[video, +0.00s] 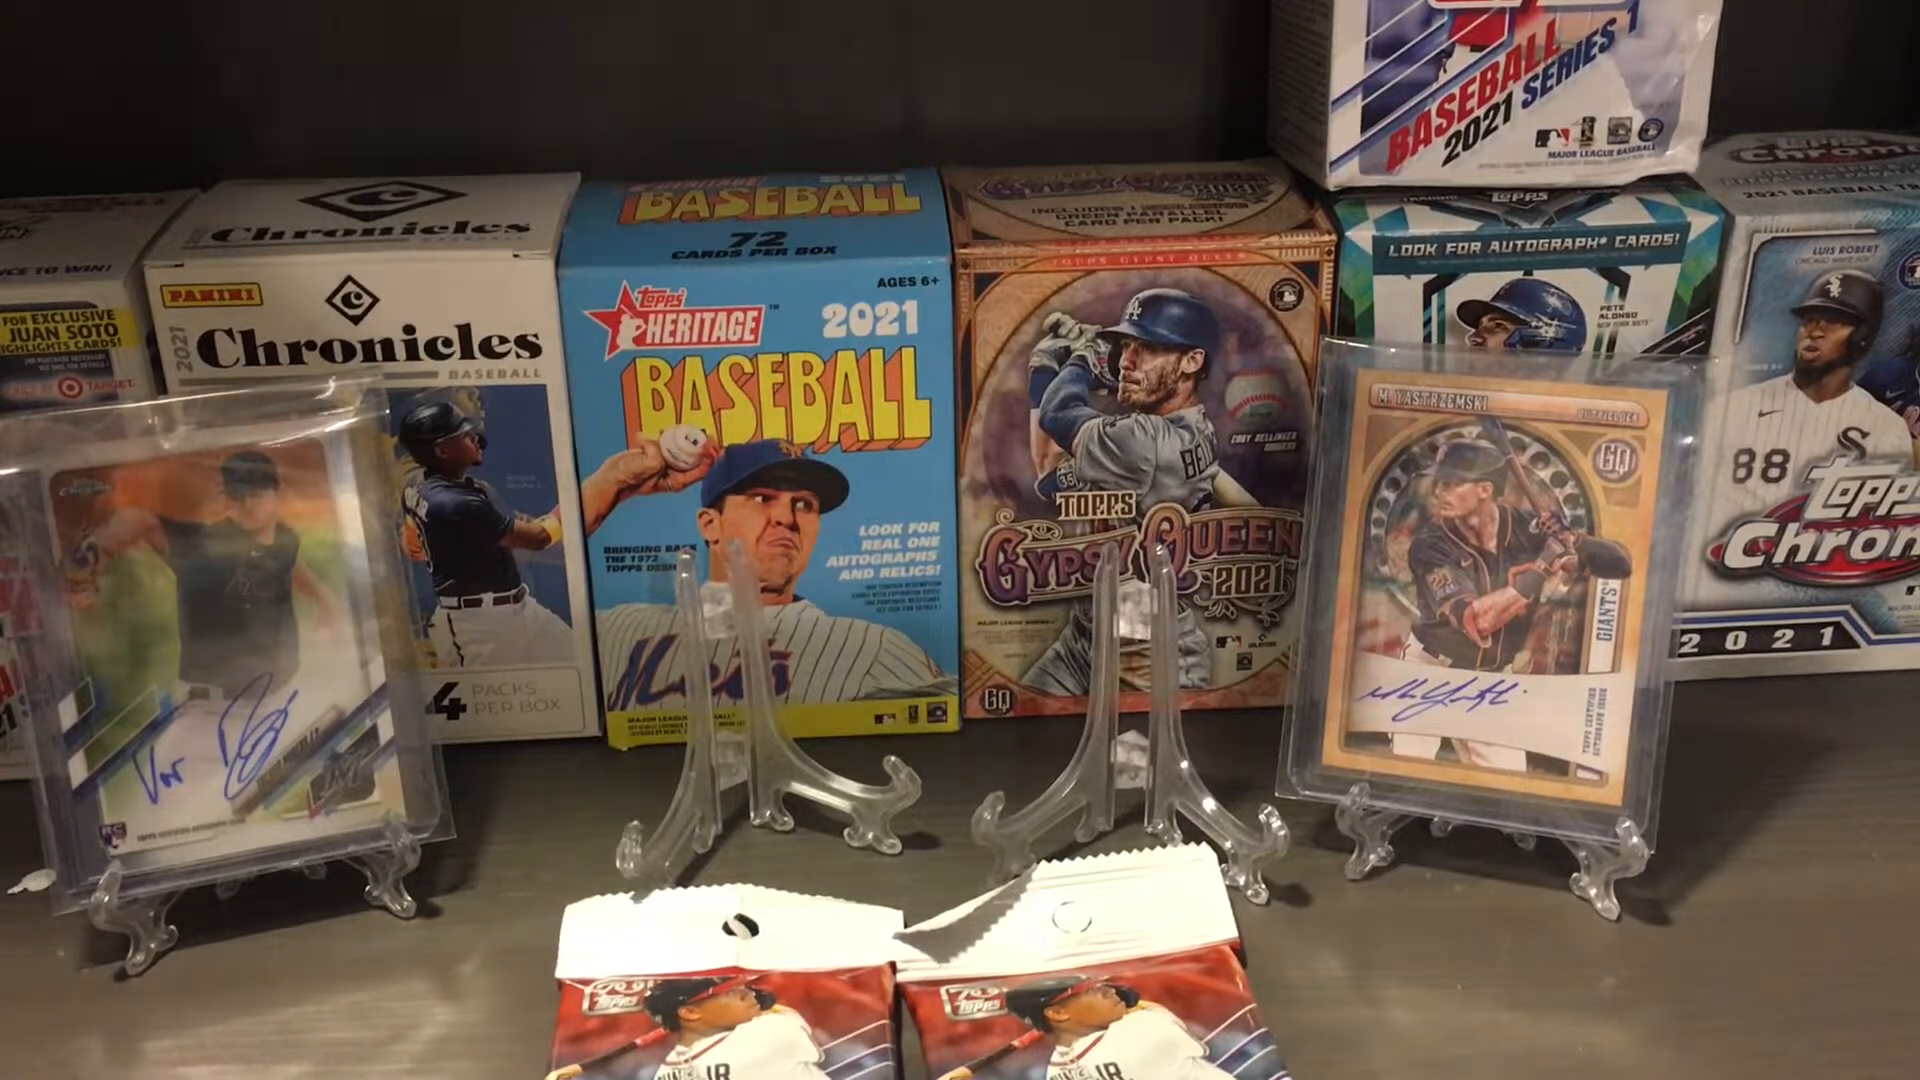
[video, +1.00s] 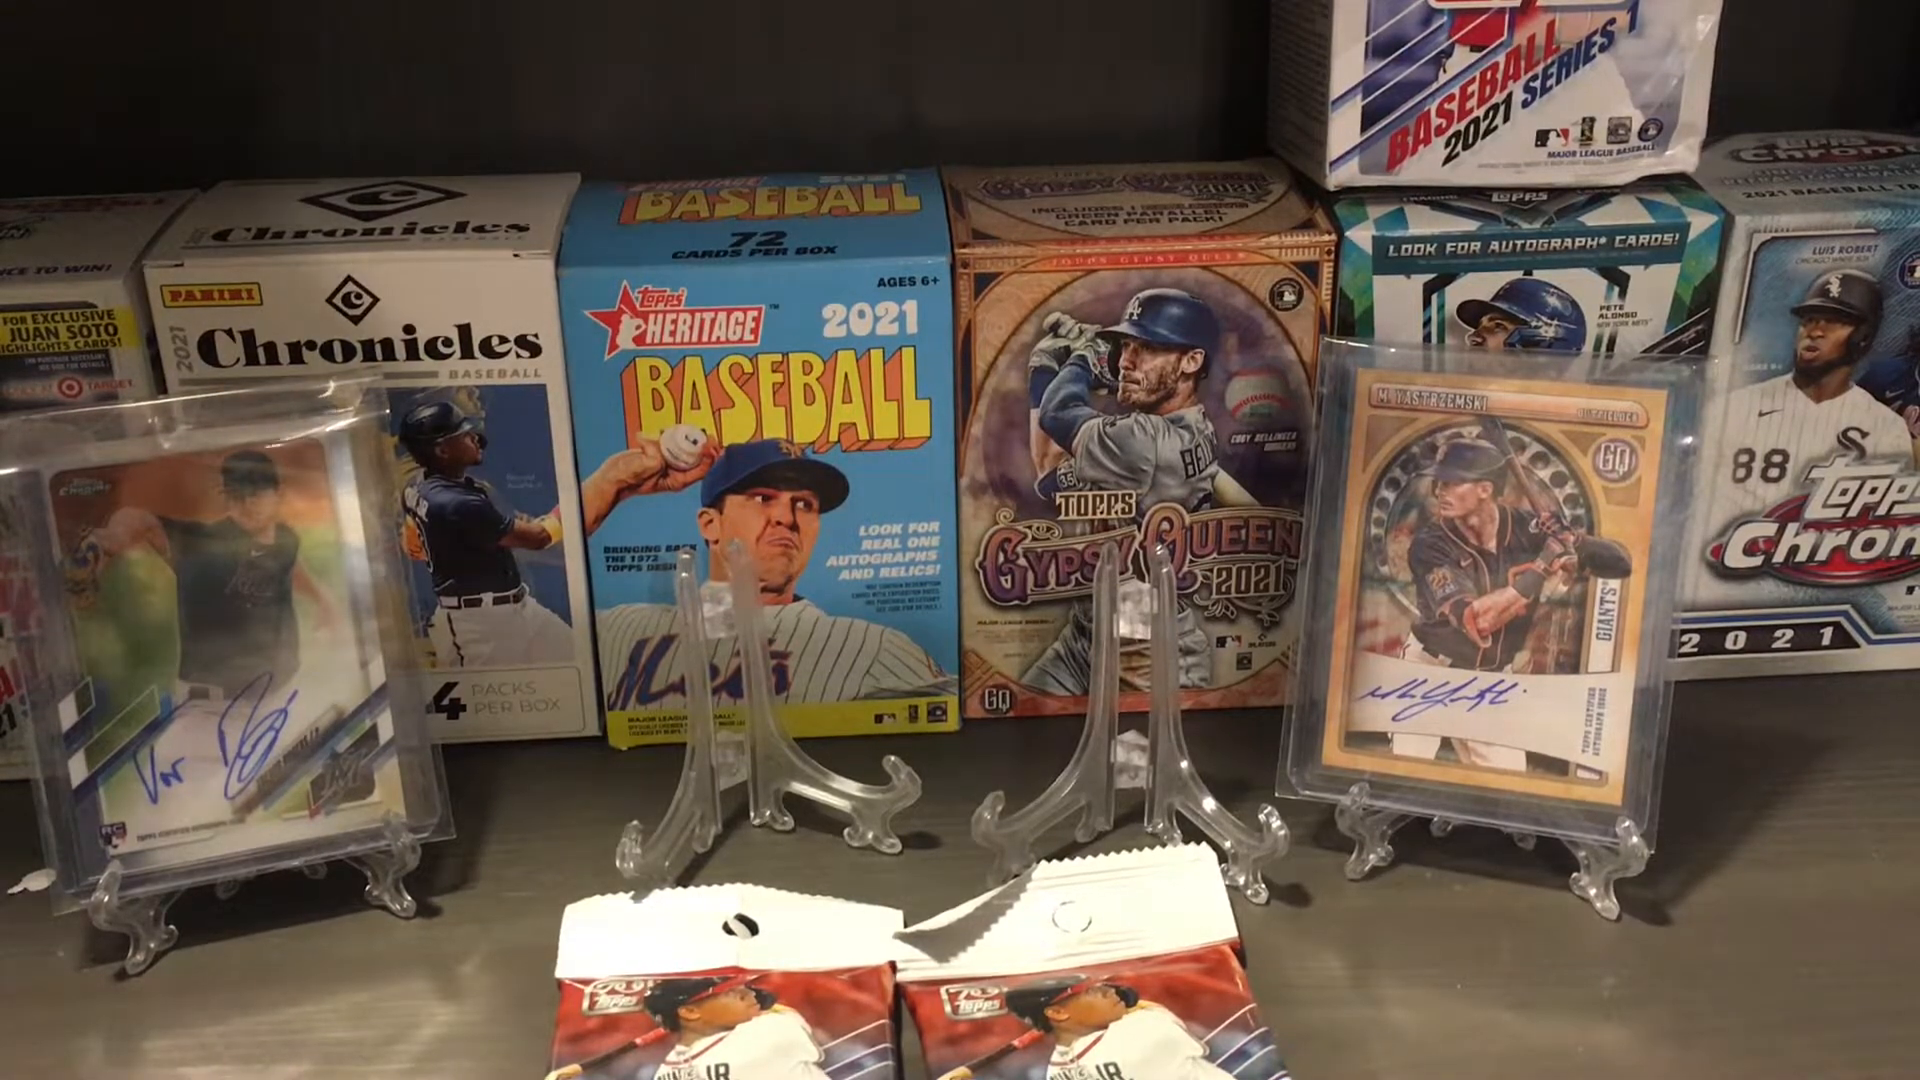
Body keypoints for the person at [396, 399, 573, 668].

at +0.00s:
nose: (474, 435)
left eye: (468, 429)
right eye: (464, 433)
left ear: (443, 451)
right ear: (442, 450)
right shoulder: (461, 506)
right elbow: (539, 537)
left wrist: (538, 523)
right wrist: (570, 510)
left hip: (520, 610)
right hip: (474, 623)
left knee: (588, 664)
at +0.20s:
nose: (474, 435)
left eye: (468, 429)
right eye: (463, 433)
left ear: (442, 451)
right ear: (442, 450)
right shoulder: (461, 506)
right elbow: (539, 537)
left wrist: (534, 524)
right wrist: (569, 511)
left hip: (520, 610)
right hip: (474, 624)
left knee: (589, 664)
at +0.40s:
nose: (474, 435)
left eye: (468, 429)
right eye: (463, 433)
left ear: (442, 451)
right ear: (442, 450)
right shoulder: (461, 506)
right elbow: (539, 537)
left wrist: (534, 524)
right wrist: (570, 510)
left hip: (520, 610)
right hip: (475, 624)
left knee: (589, 664)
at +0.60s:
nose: (474, 435)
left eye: (468, 430)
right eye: (463, 433)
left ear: (443, 451)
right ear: (442, 450)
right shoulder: (460, 507)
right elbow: (538, 537)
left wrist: (535, 524)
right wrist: (572, 507)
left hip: (520, 609)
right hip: (475, 623)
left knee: (587, 662)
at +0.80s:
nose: (474, 436)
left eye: (468, 430)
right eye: (464, 433)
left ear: (443, 451)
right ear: (442, 450)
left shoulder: (421, 488)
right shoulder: (460, 506)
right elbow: (538, 537)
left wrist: (531, 524)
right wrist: (574, 506)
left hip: (520, 609)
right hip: (475, 623)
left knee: (587, 662)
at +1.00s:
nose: (475, 435)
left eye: (468, 430)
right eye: (464, 433)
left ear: (443, 451)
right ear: (442, 450)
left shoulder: (421, 489)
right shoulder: (461, 506)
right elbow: (538, 537)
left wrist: (533, 523)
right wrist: (573, 506)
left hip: (521, 609)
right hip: (477, 623)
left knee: (587, 663)